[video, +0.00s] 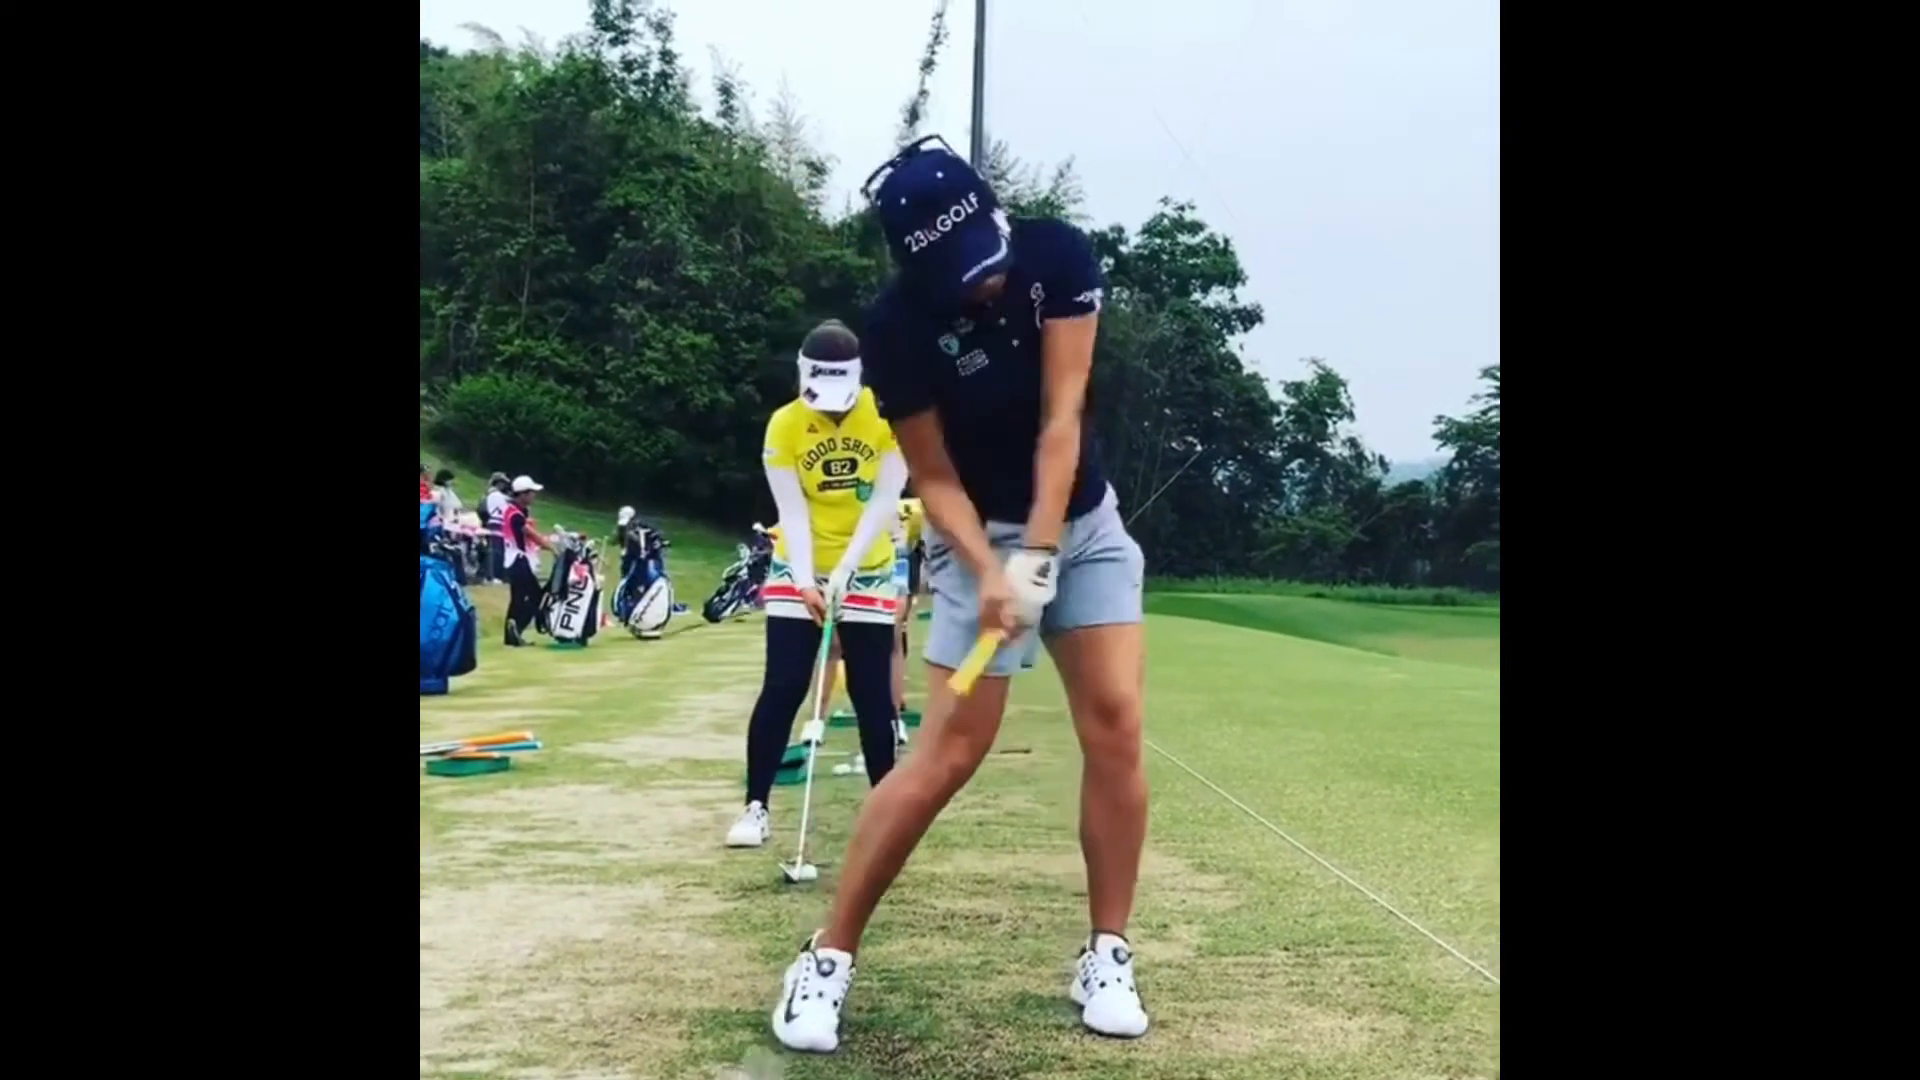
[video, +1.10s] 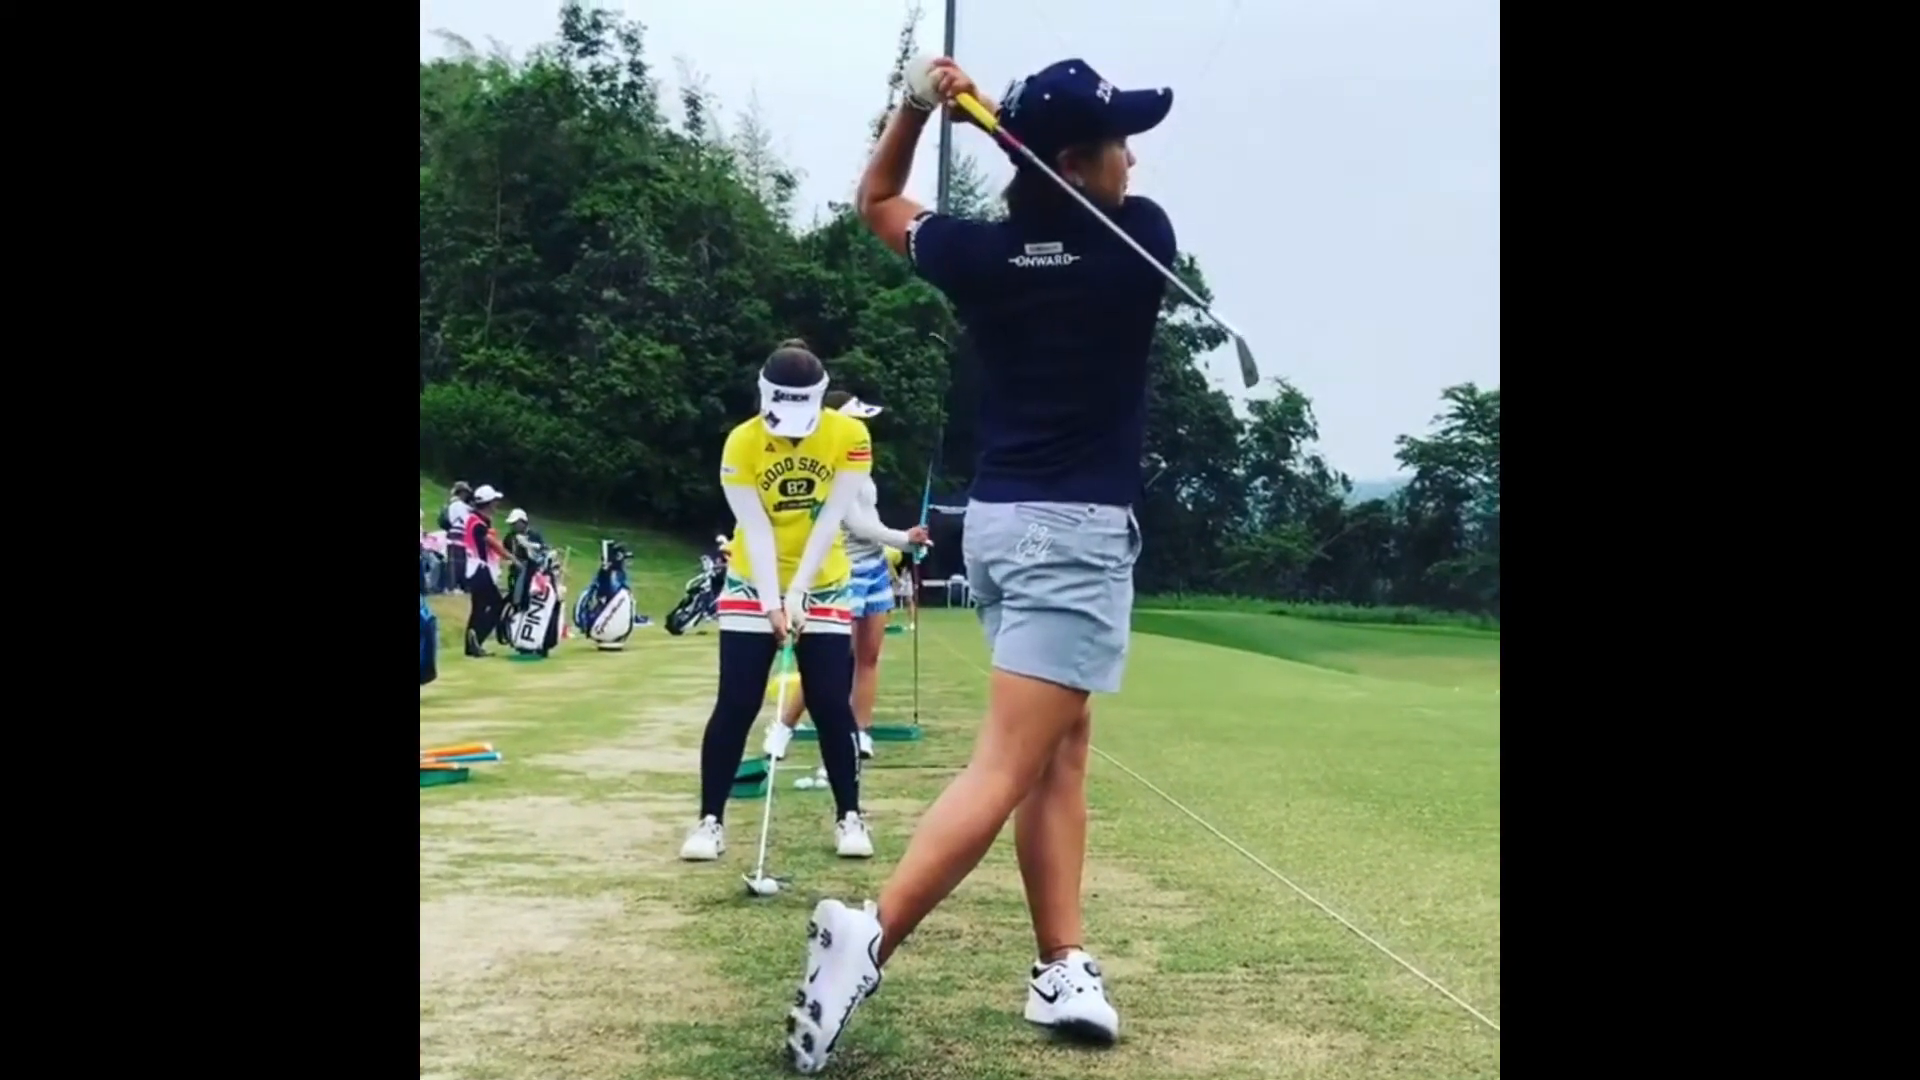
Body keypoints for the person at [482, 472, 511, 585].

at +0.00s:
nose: (506, 487)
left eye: (506, 485)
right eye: (505, 485)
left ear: (494, 484)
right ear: (501, 485)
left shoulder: (489, 496)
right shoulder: (502, 497)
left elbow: (484, 510)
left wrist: (485, 521)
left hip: (492, 524)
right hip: (499, 525)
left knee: (493, 550)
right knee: (499, 550)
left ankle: (490, 574)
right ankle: (498, 575)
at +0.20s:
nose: (495, 489)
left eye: (495, 486)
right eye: (494, 487)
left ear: (481, 485)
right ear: (492, 486)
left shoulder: (477, 497)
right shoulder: (494, 499)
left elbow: (469, 512)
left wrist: (476, 521)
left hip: (478, 528)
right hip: (488, 529)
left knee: (477, 554)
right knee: (486, 554)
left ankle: (477, 577)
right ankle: (486, 577)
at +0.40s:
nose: (484, 489)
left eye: (483, 487)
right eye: (483, 487)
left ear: (472, 486)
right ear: (482, 487)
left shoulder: (467, 499)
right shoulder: (484, 501)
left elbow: (459, 514)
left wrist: (466, 522)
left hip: (467, 528)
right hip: (478, 529)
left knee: (466, 554)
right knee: (477, 554)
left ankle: (467, 578)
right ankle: (477, 578)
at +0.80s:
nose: (470, 492)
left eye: (469, 490)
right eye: (469, 490)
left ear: (458, 490)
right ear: (467, 490)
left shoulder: (454, 502)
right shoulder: (471, 504)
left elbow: (445, 516)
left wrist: (453, 525)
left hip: (454, 534)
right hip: (464, 534)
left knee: (454, 558)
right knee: (463, 558)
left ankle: (453, 582)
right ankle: (464, 581)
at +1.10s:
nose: (467, 496)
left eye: (467, 494)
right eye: (466, 493)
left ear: (455, 493)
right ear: (463, 494)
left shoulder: (450, 506)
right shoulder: (466, 508)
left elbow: (443, 521)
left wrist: (449, 529)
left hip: (451, 537)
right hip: (461, 537)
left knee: (452, 562)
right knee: (461, 561)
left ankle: (451, 585)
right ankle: (460, 585)